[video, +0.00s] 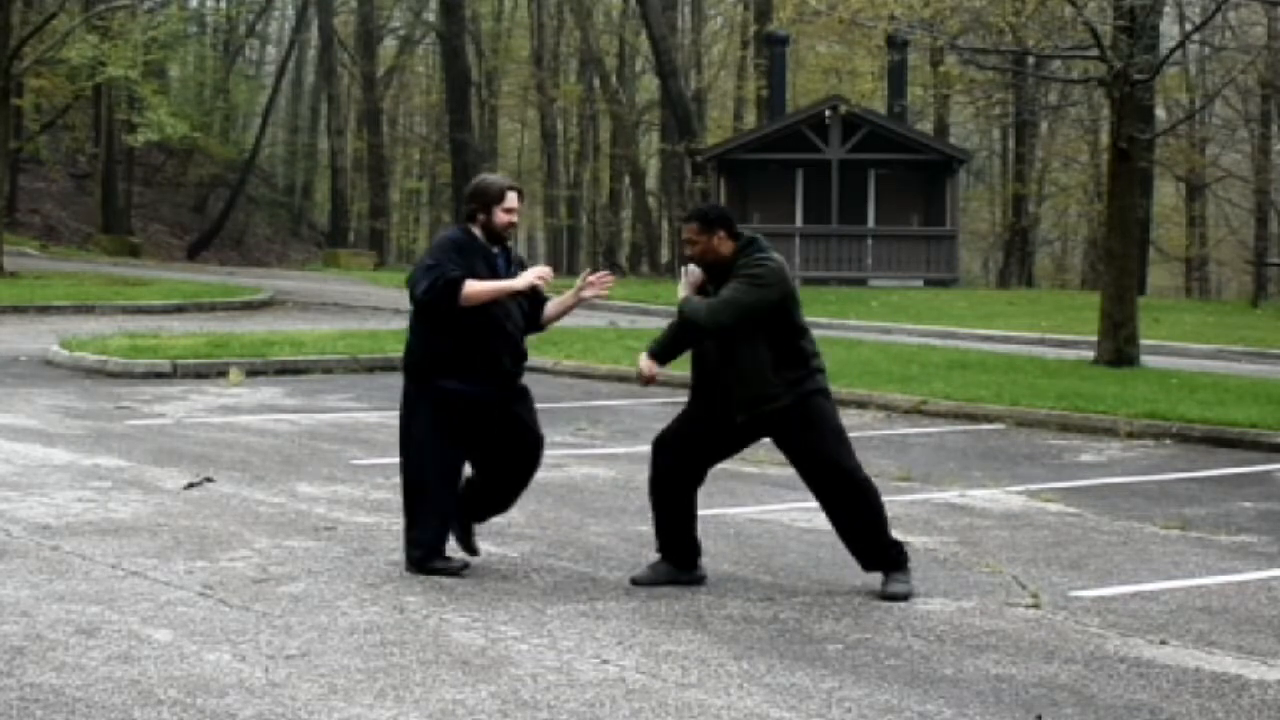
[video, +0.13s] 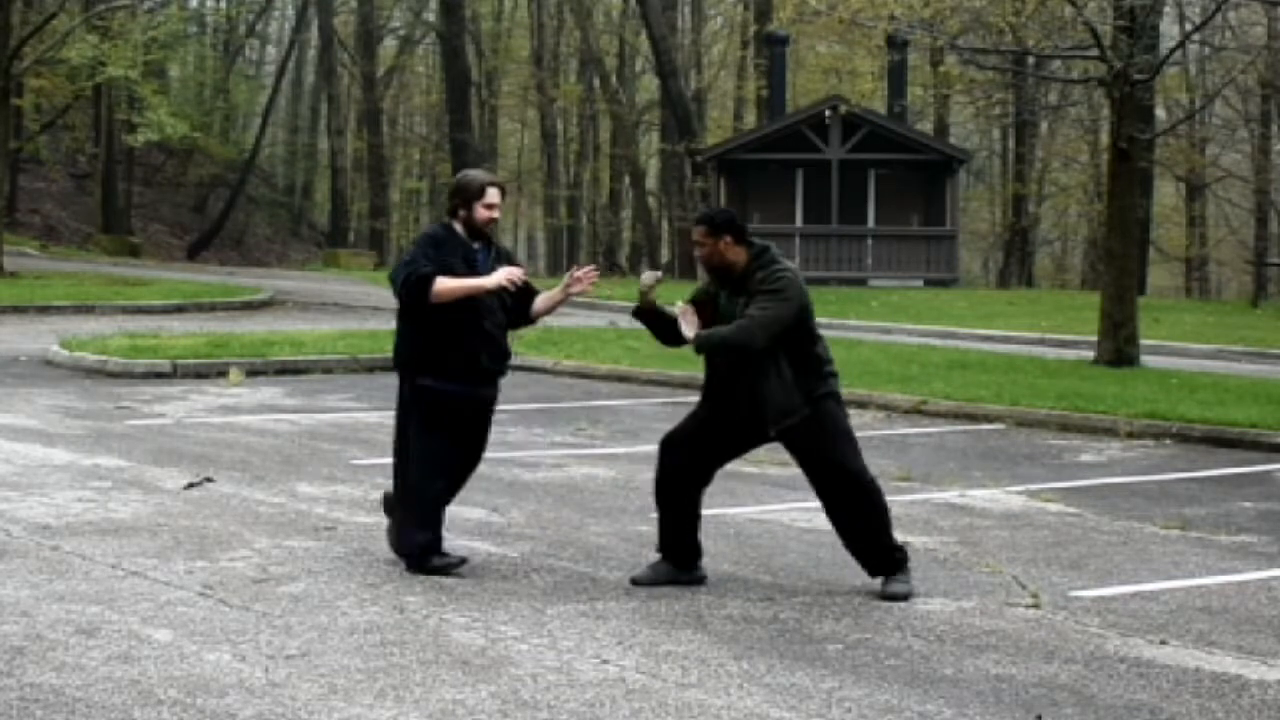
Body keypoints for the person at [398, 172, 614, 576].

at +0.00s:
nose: (514, 219)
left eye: (516, 212)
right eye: (507, 211)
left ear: (514, 213)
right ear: (481, 212)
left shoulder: (507, 259)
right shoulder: (451, 247)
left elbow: (532, 318)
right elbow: (437, 292)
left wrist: (576, 296)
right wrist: (515, 284)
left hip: (495, 384)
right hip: (439, 384)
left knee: (520, 453)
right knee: (433, 469)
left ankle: (465, 510)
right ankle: (424, 553)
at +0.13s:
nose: (495, 215)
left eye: (498, 207)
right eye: (488, 207)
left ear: (499, 209)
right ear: (462, 207)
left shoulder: (495, 256)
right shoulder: (434, 245)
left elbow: (519, 312)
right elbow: (416, 289)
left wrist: (564, 292)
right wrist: (486, 282)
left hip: (477, 379)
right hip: (430, 378)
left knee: (464, 459)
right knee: (425, 462)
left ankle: (404, 506)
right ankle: (422, 551)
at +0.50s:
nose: (483, 236)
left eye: (486, 228)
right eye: (475, 228)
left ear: (487, 230)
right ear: (450, 230)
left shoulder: (488, 274)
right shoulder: (422, 268)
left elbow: (513, 326)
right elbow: (405, 326)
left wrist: (552, 295)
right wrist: (464, 311)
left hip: (470, 388)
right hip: (427, 385)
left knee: (431, 462)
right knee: (457, 450)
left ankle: (372, 533)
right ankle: (458, 546)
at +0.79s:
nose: (531, 233)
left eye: (533, 225)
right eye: (523, 226)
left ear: (536, 227)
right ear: (498, 228)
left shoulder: (538, 269)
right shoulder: (472, 267)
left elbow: (574, 318)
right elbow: (457, 324)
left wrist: (608, 280)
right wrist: (519, 305)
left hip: (526, 390)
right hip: (479, 391)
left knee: (487, 464)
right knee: (509, 466)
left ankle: (415, 508)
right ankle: (520, 550)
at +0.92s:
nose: (554, 235)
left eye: (557, 228)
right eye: (546, 229)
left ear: (558, 229)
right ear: (522, 230)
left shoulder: (561, 273)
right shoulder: (494, 272)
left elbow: (598, 317)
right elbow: (486, 328)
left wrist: (633, 284)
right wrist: (548, 303)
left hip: (548, 394)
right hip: (498, 395)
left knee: (557, 466)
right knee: (518, 465)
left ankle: (481, 510)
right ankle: (520, 549)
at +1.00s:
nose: (571, 233)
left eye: (574, 226)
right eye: (563, 226)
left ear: (575, 227)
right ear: (538, 228)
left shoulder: (578, 271)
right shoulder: (510, 267)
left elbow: (613, 318)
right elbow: (501, 324)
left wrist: (648, 290)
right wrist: (565, 300)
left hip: (563, 392)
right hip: (512, 394)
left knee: (587, 459)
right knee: (524, 468)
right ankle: (520, 549)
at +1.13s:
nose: (596, 227)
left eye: (599, 219)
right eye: (588, 220)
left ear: (600, 221)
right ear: (563, 221)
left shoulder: (605, 268)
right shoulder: (534, 261)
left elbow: (639, 316)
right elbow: (522, 315)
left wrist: (673, 289)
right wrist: (589, 294)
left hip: (590, 390)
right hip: (535, 392)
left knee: (626, 463)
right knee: (536, 470)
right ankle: (521, 550)